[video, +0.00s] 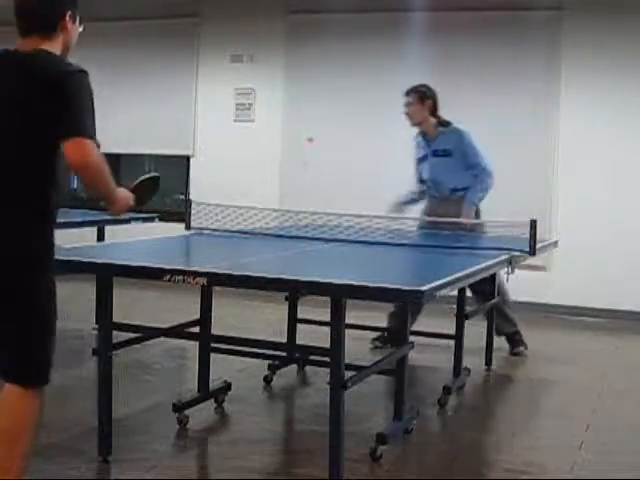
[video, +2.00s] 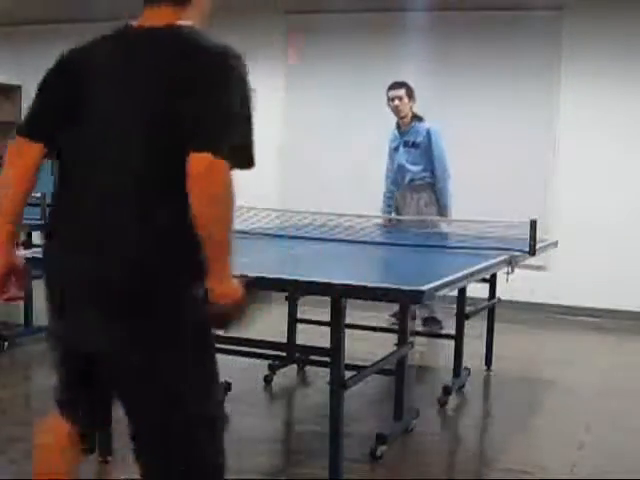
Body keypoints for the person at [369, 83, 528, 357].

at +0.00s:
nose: (406, 111)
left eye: (411, 105)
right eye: (406, 106)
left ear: (428, 106)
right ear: (417, 109)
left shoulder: (457, 137)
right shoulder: (420, 142)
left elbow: (484, 175)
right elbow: (426, 186)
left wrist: (470, 203)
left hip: (462, 207)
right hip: (435, 206)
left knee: (480, 273)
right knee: (418, 267)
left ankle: (512, 333)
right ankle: (396, 331)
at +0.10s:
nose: (393, 111)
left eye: (397, 105)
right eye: (392, 105)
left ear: (415, 103)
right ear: (407, 105)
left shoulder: (448, 134)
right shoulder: (406, 142)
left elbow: (471, 173)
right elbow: (394, 180)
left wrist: (461, 206)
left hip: (451, 202)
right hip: (423, 202)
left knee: (466, 268)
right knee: (412, 265)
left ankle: (494, 331)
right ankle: (394, 332)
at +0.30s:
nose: (386, 102)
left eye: (391, 95)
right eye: (385, 96)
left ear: (409, 95)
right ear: (387, 99)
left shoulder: (437, 126)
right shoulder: (391, 132)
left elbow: (458, 164)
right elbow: (367, 162)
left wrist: (445, 196)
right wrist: (328, 165)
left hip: (435, 200)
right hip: (406, 200)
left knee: (443, 262)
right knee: (402, 262)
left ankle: (452, 330)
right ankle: (396, 330)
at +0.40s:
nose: (389, 97)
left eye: (393, 90)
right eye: (386, 92)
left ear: (409, 91)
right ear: (385, 96)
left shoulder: (434, 124)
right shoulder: (385, 129)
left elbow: (451, 163)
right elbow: (366, 164)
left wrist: (442, 197)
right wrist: (350, 161)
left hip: (428, 196)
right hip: (398, 197)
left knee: (434, 263)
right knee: (395, 263)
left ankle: (441, 332)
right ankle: (394, 332)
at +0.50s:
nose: (393, 95)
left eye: (398, 89)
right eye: (389, 91)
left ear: (412, 90)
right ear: (385, 95)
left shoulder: (432, 125)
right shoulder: (381, 128)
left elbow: (442, 166)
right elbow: (373, 161)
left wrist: (442, 196)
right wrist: (381, 167)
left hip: (424, 195)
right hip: (394, 195)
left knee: (428, 261)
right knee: (391, 261)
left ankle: (434, 332)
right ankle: (393, 332)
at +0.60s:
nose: (395, 94)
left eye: (400, 89)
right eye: (390, 90)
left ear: (412, 91)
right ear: (386, 95)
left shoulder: (428, 126)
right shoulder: (380, 130)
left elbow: (437, 166)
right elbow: (384, 170)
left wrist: (441, 200)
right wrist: (418, 179)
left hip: (421, 197)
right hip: (392, 197)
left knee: (426, 261)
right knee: (388, 262)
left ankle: (431, 331)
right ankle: (386, 331)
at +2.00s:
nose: (396, 104)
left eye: (400, 98)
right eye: (391, 100)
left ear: (411, 101)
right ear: (388, 105)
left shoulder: (428, 132)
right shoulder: (395, 138)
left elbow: (442, 172)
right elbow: (390, 177)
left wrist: (445, 212)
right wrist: (386, 211)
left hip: (424, 193)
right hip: (402, 194)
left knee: (425, 250)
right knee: (403, 249)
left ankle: (430, 310)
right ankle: (406, 305)